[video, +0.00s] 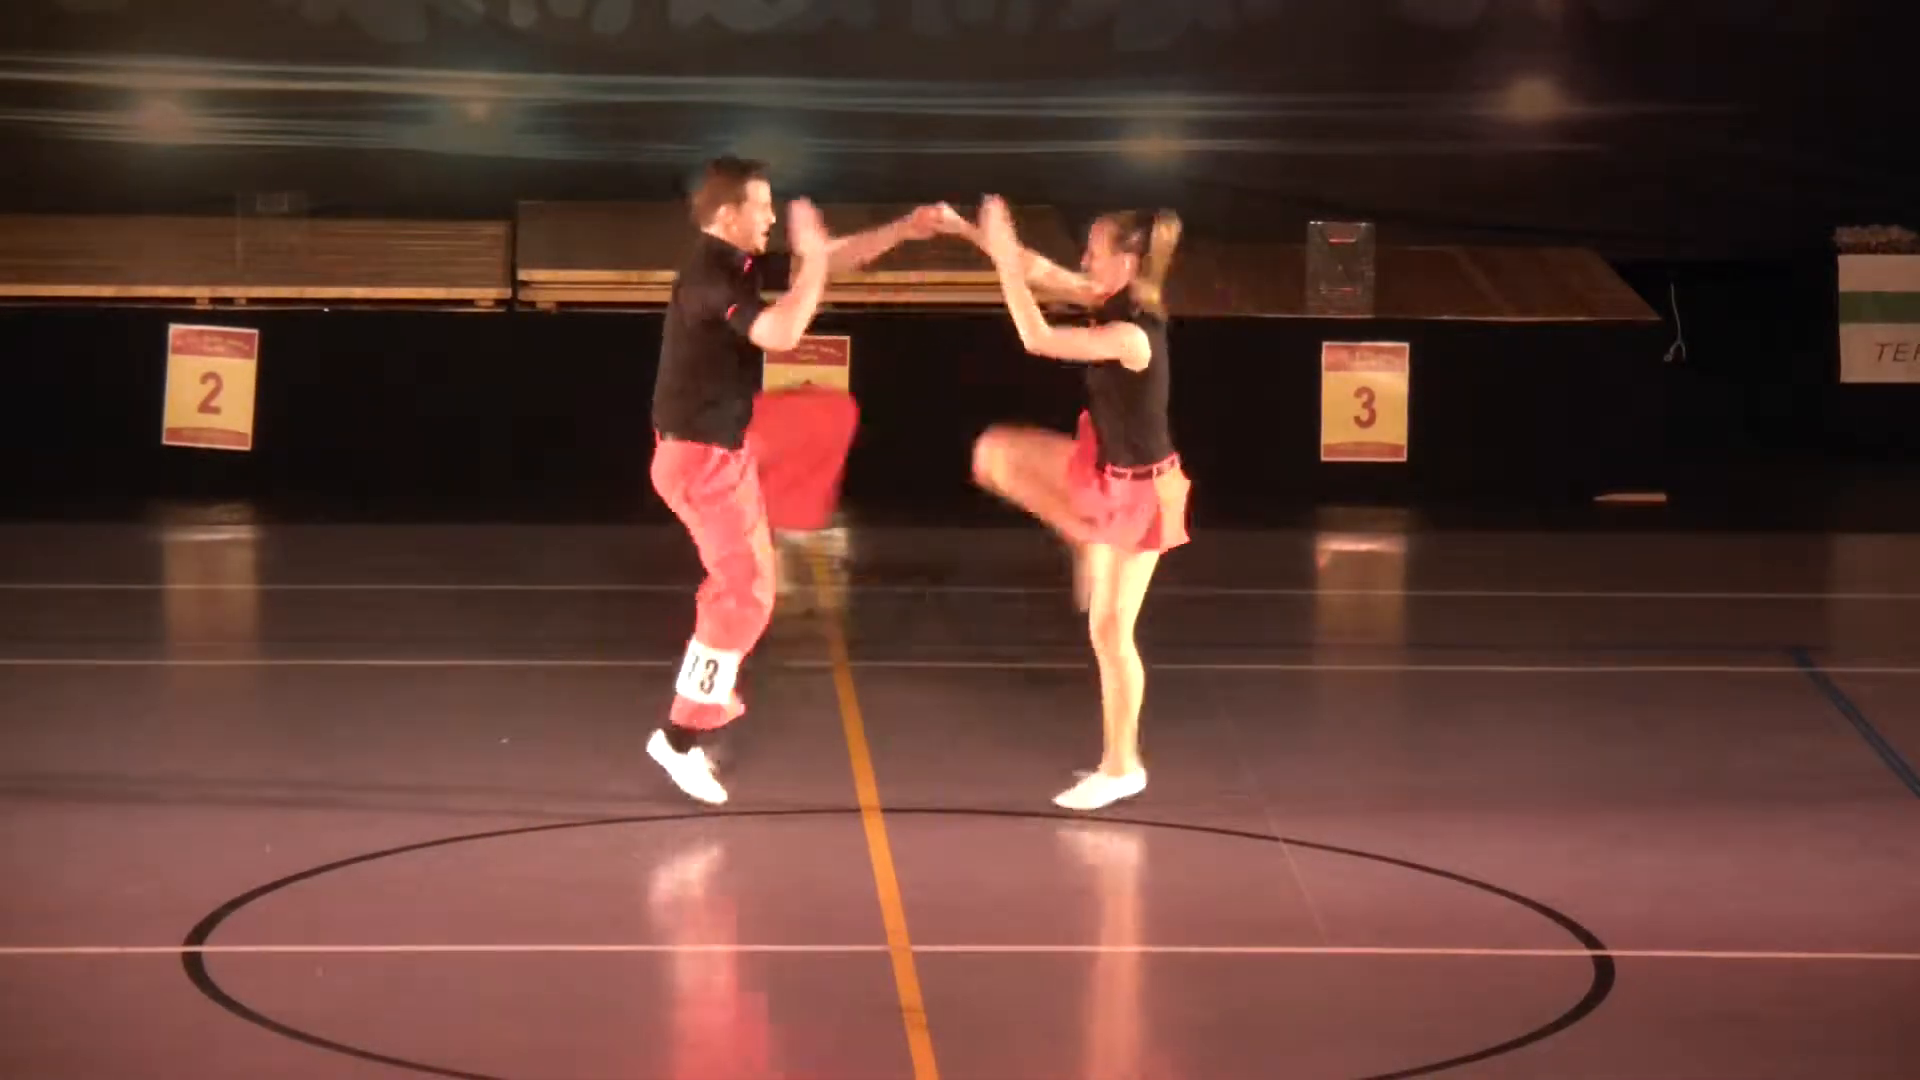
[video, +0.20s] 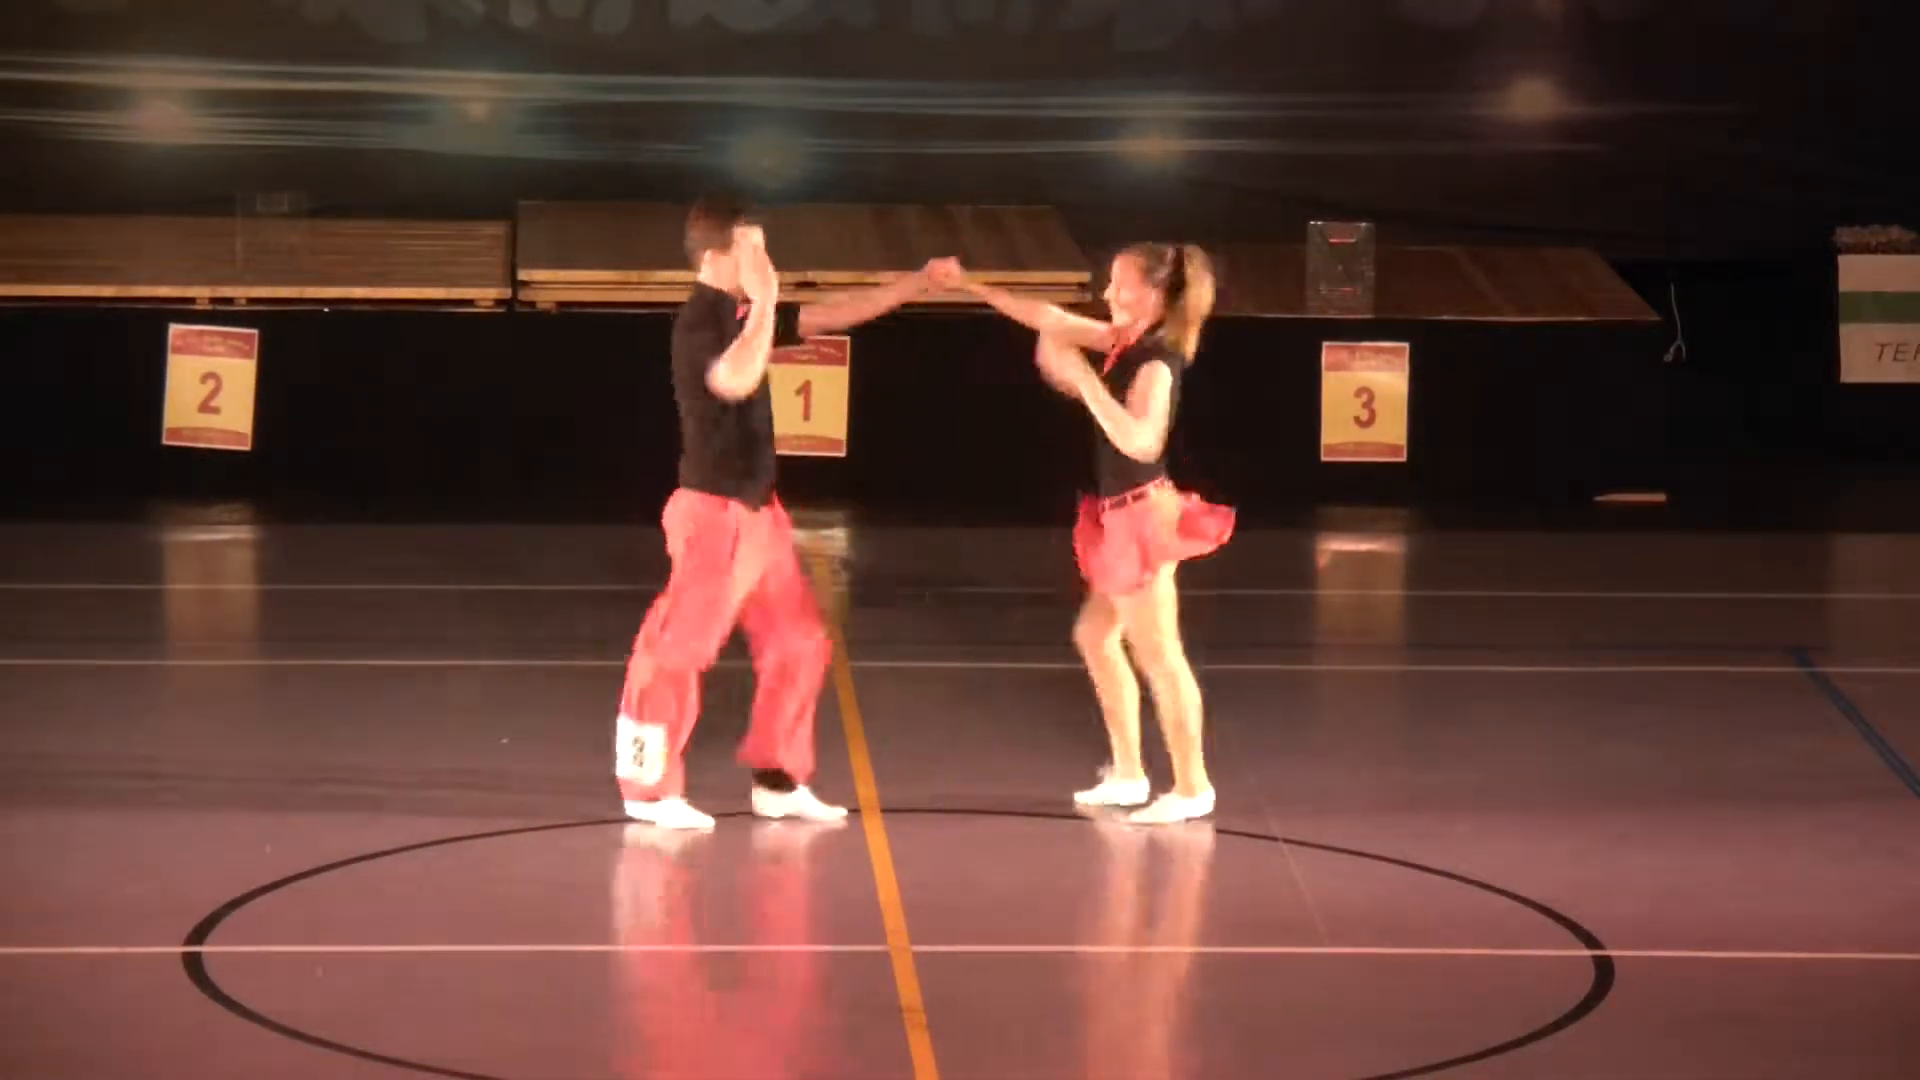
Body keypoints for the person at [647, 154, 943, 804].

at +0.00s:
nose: (771, 216)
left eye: (769, 206)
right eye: (760, 206)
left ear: (734, 215)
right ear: (726, 214)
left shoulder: (739, 265)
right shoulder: (711, 277)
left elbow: (825, 259)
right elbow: (781, 333)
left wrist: (903, 229)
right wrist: (814, 256)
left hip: (725, 441)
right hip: (700, 456)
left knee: (833, 418)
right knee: (747, 587)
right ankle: (682, 736)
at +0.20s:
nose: (763, 254)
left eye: (761, 242)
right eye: (751, 243)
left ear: (730, 253)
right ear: (715, 252)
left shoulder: (748, 312)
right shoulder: (699, 319)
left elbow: (828, 314)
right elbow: (732, 381)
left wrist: (913, 284)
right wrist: (763, 305)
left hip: (759, 513)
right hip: (709, 514)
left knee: (797, 640)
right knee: (678, 645)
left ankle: (777, 783)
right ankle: (648, 792)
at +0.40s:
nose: (722, 274)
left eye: (731, 261)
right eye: (709, 262)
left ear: (747, 264)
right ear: (688, 266)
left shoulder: (755, 325)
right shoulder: (672, 335)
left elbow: (835, 321)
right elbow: (608, 415)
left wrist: (920, 298)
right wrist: (550, 490)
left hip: (760, 496)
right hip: (725, 504)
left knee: (780, 637)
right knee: (872, 459)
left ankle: (765, 789)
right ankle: (989, 553)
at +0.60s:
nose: (718, 221)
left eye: (728, 209)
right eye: (705, 210)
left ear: (747, 213)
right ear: (688, 217)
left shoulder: (756, 278)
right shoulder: (685, 280)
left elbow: (828, 295)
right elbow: (644, 371)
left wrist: (905, 275)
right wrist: (659, 457)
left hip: (746, 453)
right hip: (710, 452)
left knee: (781, 583)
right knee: (864, 429)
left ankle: (738, 736)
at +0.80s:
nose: (761, 253)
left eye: (768, 242)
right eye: (747, 242)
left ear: (777, 249)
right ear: (718, 250)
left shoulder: (767, 327)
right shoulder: (709, 322)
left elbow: (817, 375)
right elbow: (653, 403)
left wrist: (893, 397)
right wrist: (717, 467)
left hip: (745, 500)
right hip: (737, 500)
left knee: (699, 638)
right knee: (803, 631)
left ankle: (675, 785)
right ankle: (778, 791)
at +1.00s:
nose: (822, 273)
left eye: (826, 259)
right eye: (817, 259)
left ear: (775, 250)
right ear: (782, 251)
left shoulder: (750, 284)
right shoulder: (756, 298)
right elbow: (802, 385)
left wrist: (825, 208)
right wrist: (880, 375)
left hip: (750, 475)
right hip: (730, 483)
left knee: (852, 522)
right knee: (750, 625)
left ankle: (911, 627)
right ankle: (751, 784)